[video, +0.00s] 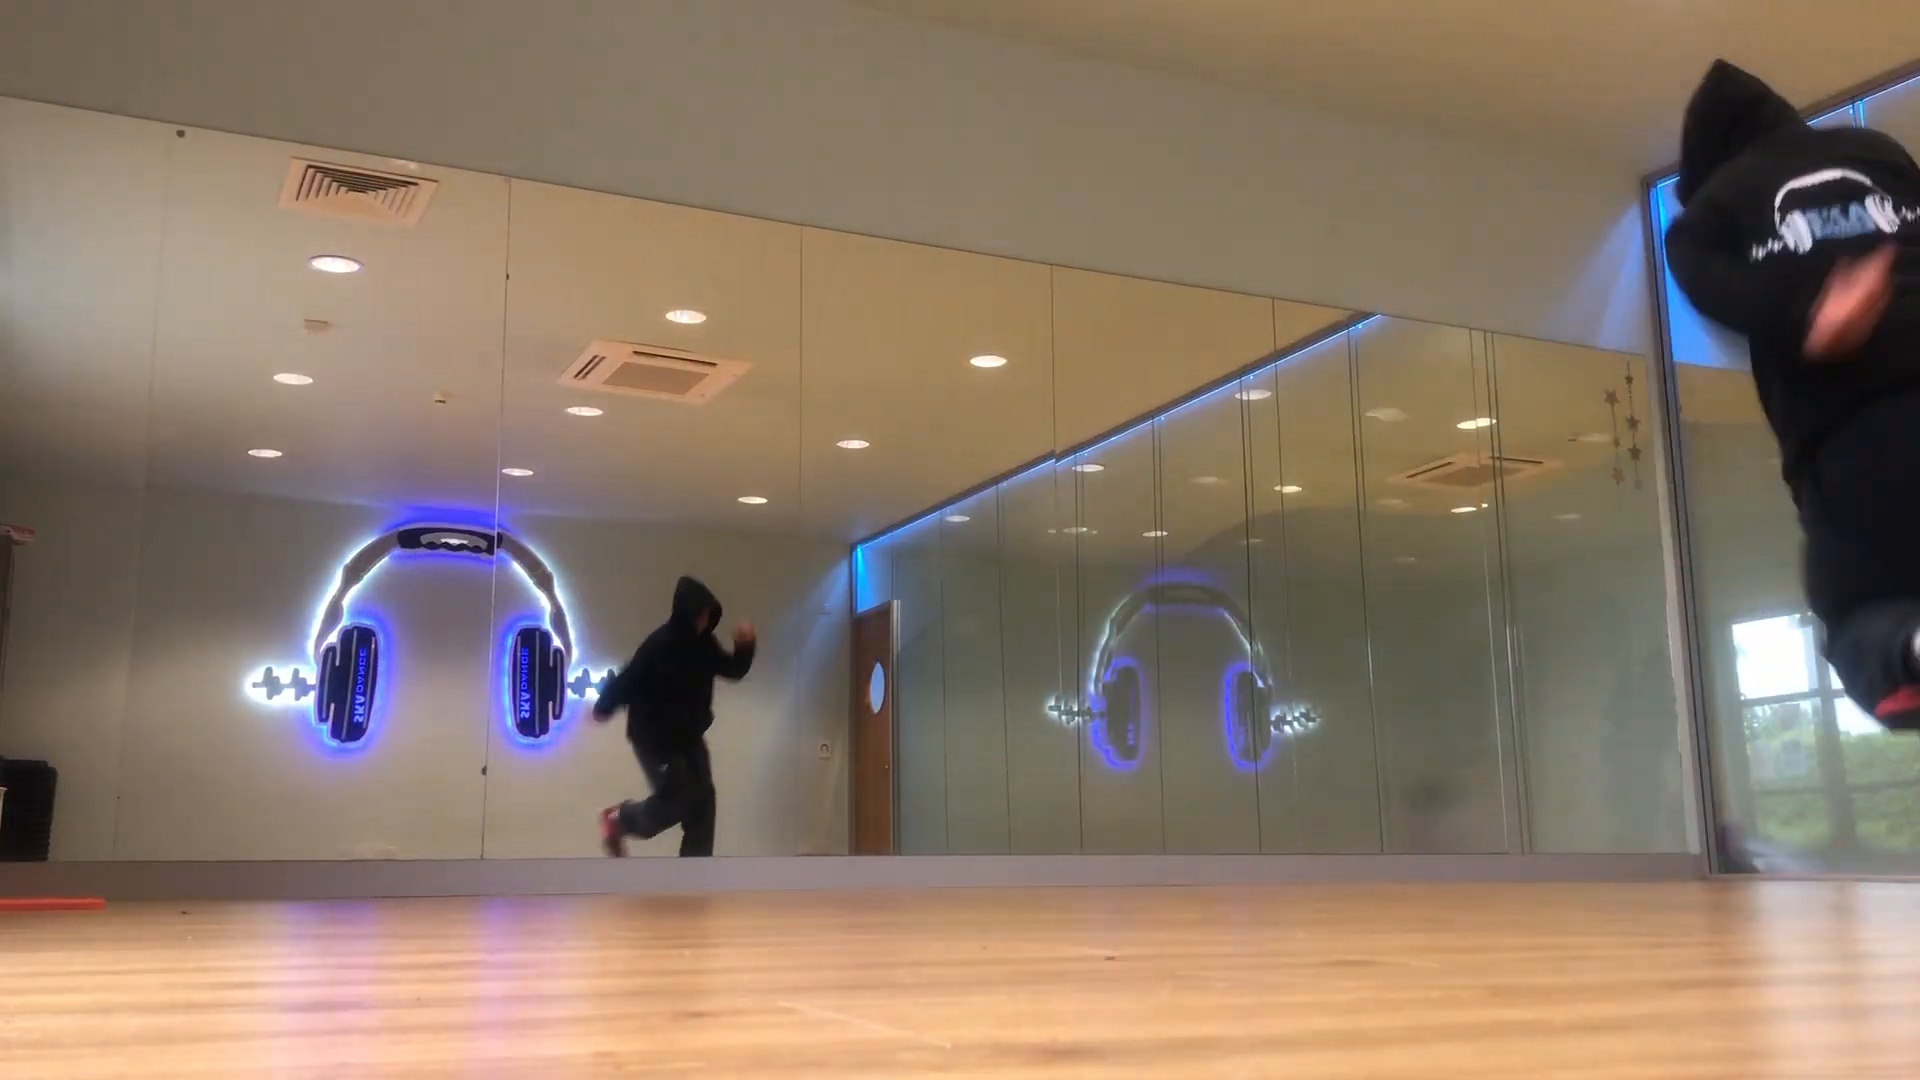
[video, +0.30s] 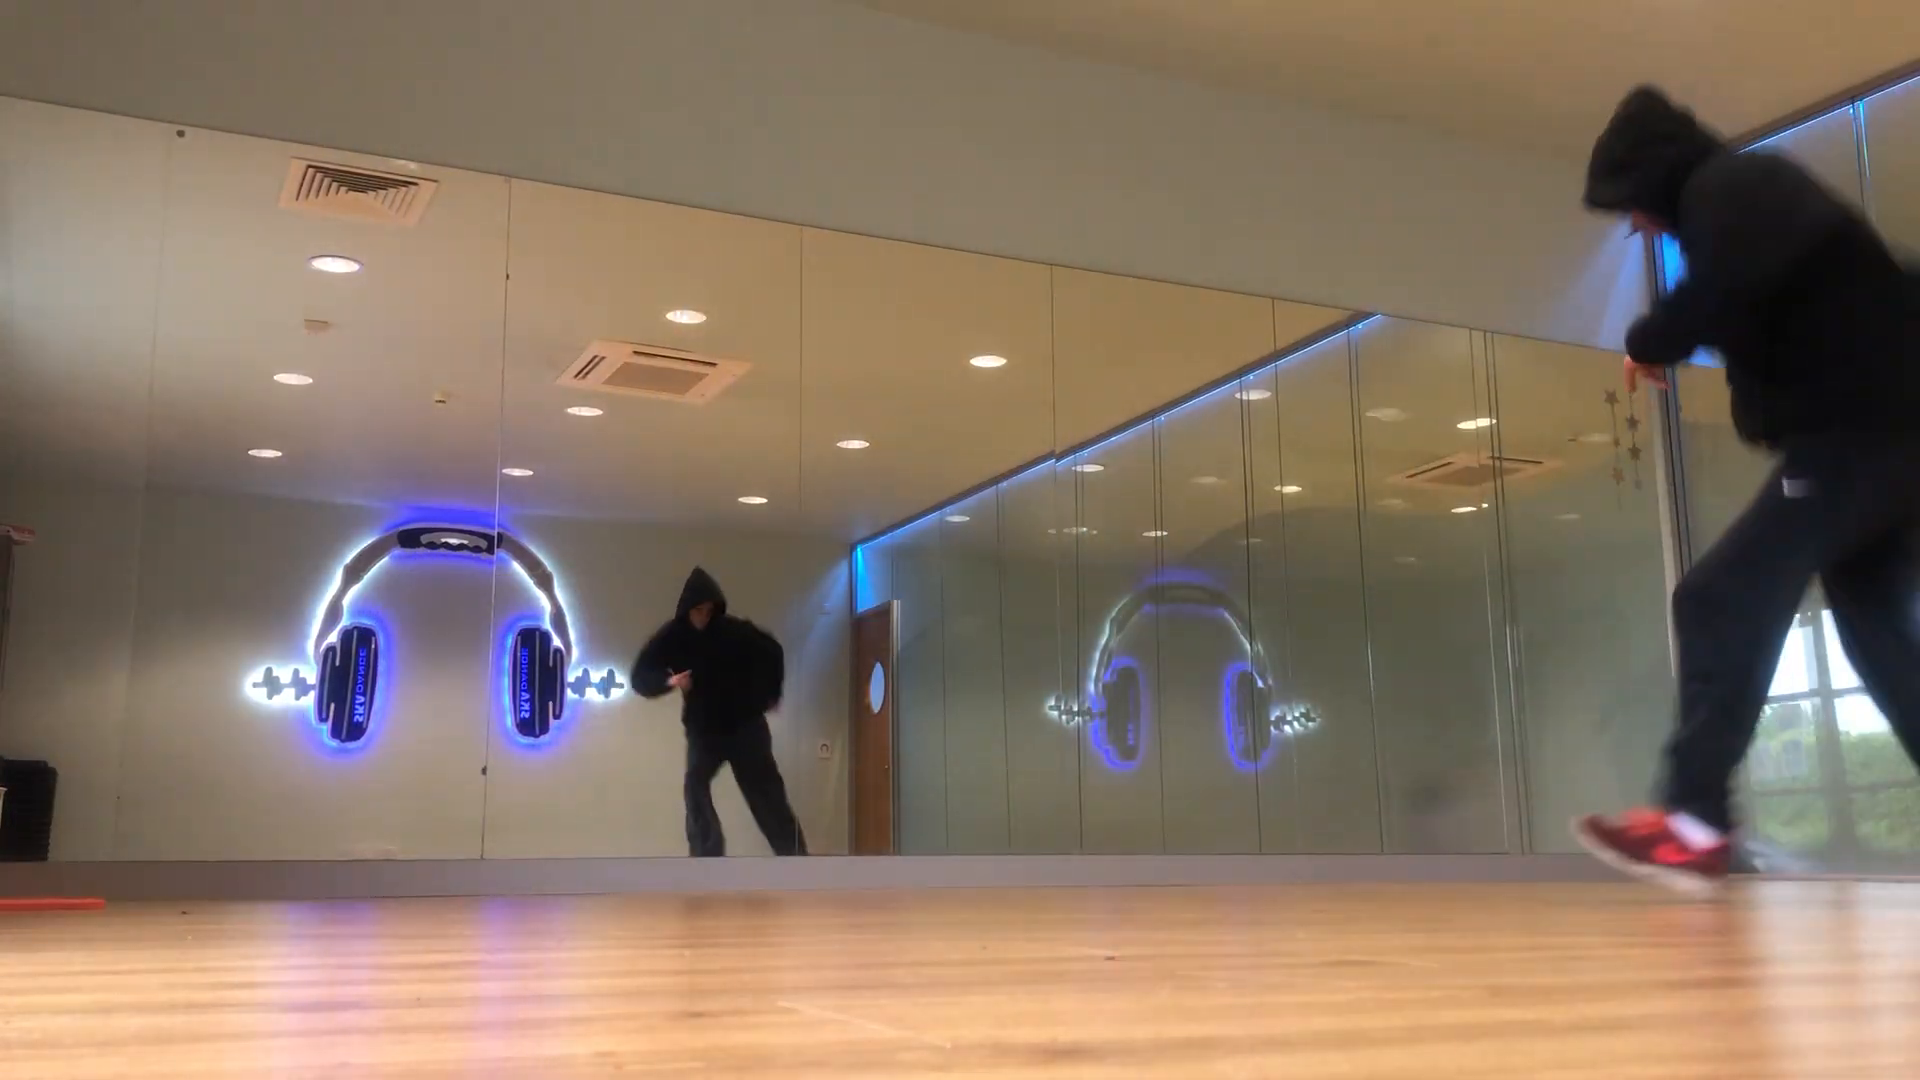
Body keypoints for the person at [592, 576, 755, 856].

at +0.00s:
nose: (705, 620)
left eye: (708, 615)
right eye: (702, 614)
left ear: (709, 616)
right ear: (688, 613)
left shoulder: (704, 644)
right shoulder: (662, 643)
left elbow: (733, 671)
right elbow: (630, 678)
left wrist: (744, 648)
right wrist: (603, 707)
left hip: (689, 736)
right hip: (652, 737)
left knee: (702, 802)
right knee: (676, 800)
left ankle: (694, 875)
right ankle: (618, 821)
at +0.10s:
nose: (706, 603)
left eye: (710, 597)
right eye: (701, 597)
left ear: (715, 596)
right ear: (688, 594)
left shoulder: (721, 622)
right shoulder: (658, 622)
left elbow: (749, 638)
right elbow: (618, 651)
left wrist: (775, 649)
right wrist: (618, 687)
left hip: (711, 717)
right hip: (669, 720)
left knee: (725, 786)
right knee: (692, 773)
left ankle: (712, 858)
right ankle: (669, 819)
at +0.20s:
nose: (703, 599)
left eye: (708, 593)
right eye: (697, 593)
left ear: (717, 591)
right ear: (687, 592)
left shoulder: (736, 616)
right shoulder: (663, 616)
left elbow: (769, 625)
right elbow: (625, 647)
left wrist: (773, 670)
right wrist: (626, 692)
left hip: (728, 711)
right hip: (681, 715)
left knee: (747, 780)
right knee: (683, 770)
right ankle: (702, 833)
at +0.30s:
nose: (702, 615)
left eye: (707, 608)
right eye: (696, 609)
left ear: (715, 606)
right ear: (686, 608)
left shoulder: (738, 632)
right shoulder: (673, 636)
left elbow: (772, 652)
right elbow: (640, 679)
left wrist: (771, 695)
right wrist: (666, 681)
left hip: (747, 727)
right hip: (704, 733)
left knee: (766, 792)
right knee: (695, 787)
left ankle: (796, 861)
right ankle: (707, 862)